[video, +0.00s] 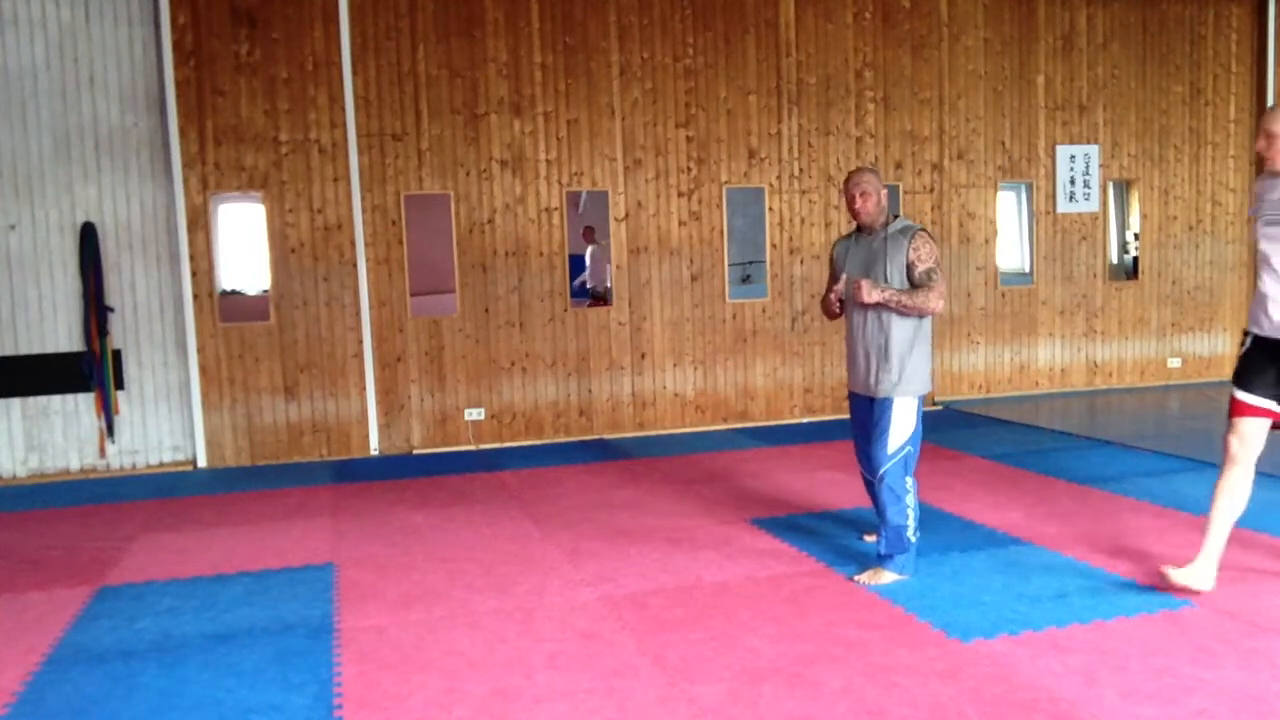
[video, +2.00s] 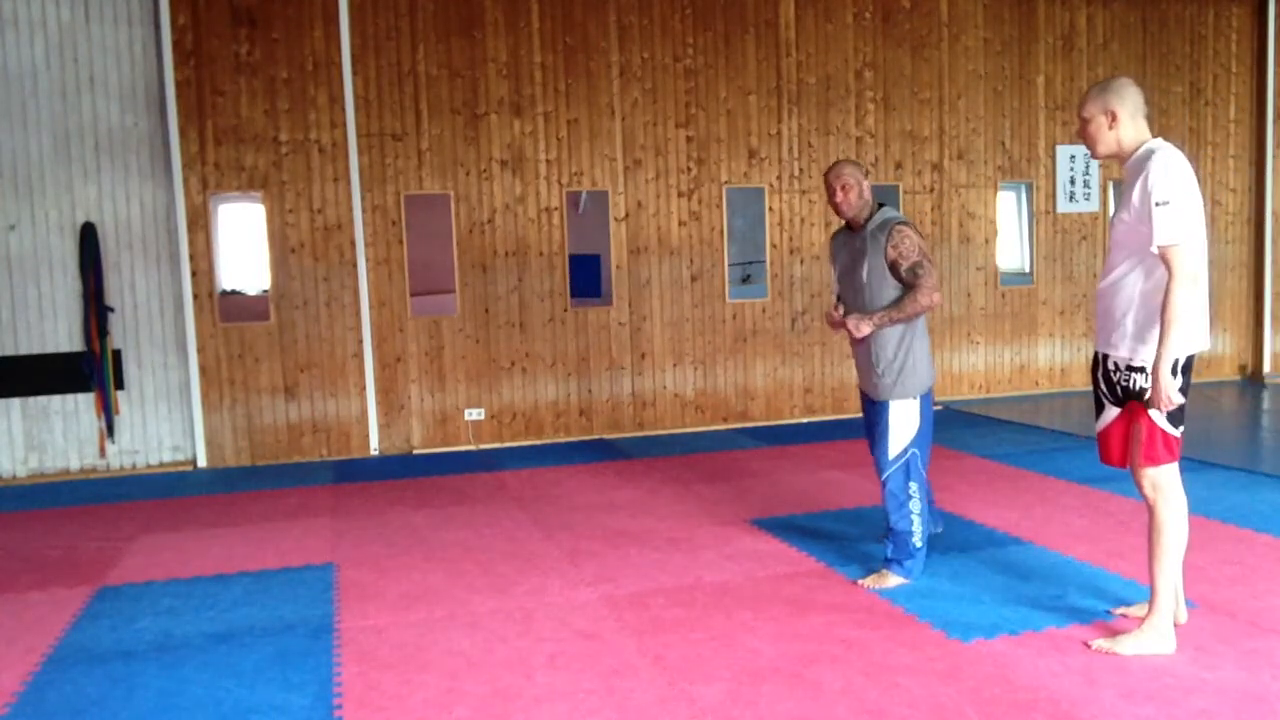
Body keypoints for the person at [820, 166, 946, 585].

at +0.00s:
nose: (857, 202)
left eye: (865, 194)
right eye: (851, 196)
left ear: (884, 196)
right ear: (845, 203)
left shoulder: (914, 240)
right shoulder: (843, 249)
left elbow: (935, 300)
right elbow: (831, 311)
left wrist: (879, 294)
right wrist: (833, 299)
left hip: (902, 377)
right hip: (862, 375)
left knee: (890, 468)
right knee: (871, 463)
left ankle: (899, 560)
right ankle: (895, 526)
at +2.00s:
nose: (840, 196)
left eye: (847, 187)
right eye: (833, 191)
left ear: (867, 186)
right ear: (830, 199)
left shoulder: (895, 233)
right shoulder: (840, 242)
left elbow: (929, 294)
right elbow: (848, 293)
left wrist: (874, 320)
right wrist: (839, 310)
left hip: (904, 378)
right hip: (872, 376)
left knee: (896, 472)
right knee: (891, 459)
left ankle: (905, 563)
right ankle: (923, 520)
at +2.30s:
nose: (849, 196)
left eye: (856, 187)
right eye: (843, 191)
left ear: (876, 188)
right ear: (839, 198)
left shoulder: (904, 235)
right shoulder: (844, 244)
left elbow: (935, 293)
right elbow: (845, 292)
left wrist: (881, 317)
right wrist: (838, 308)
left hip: (908, 377)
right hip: (875, 377)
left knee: (898, 469)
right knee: (906, 461)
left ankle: (904, 563)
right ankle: (931, 531)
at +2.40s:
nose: (852, 196)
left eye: (859, 187)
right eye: (846, 190)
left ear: (879, 189)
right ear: (842, 198)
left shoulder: (906, 234)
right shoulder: (846, 243)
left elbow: (937, 293)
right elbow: (846, 293)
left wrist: (882, 316)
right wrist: (839, 308)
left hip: (908, 376)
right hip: (876, 376)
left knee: (900, 469)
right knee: (906, 461)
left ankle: (904, 562)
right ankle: (932, 531)